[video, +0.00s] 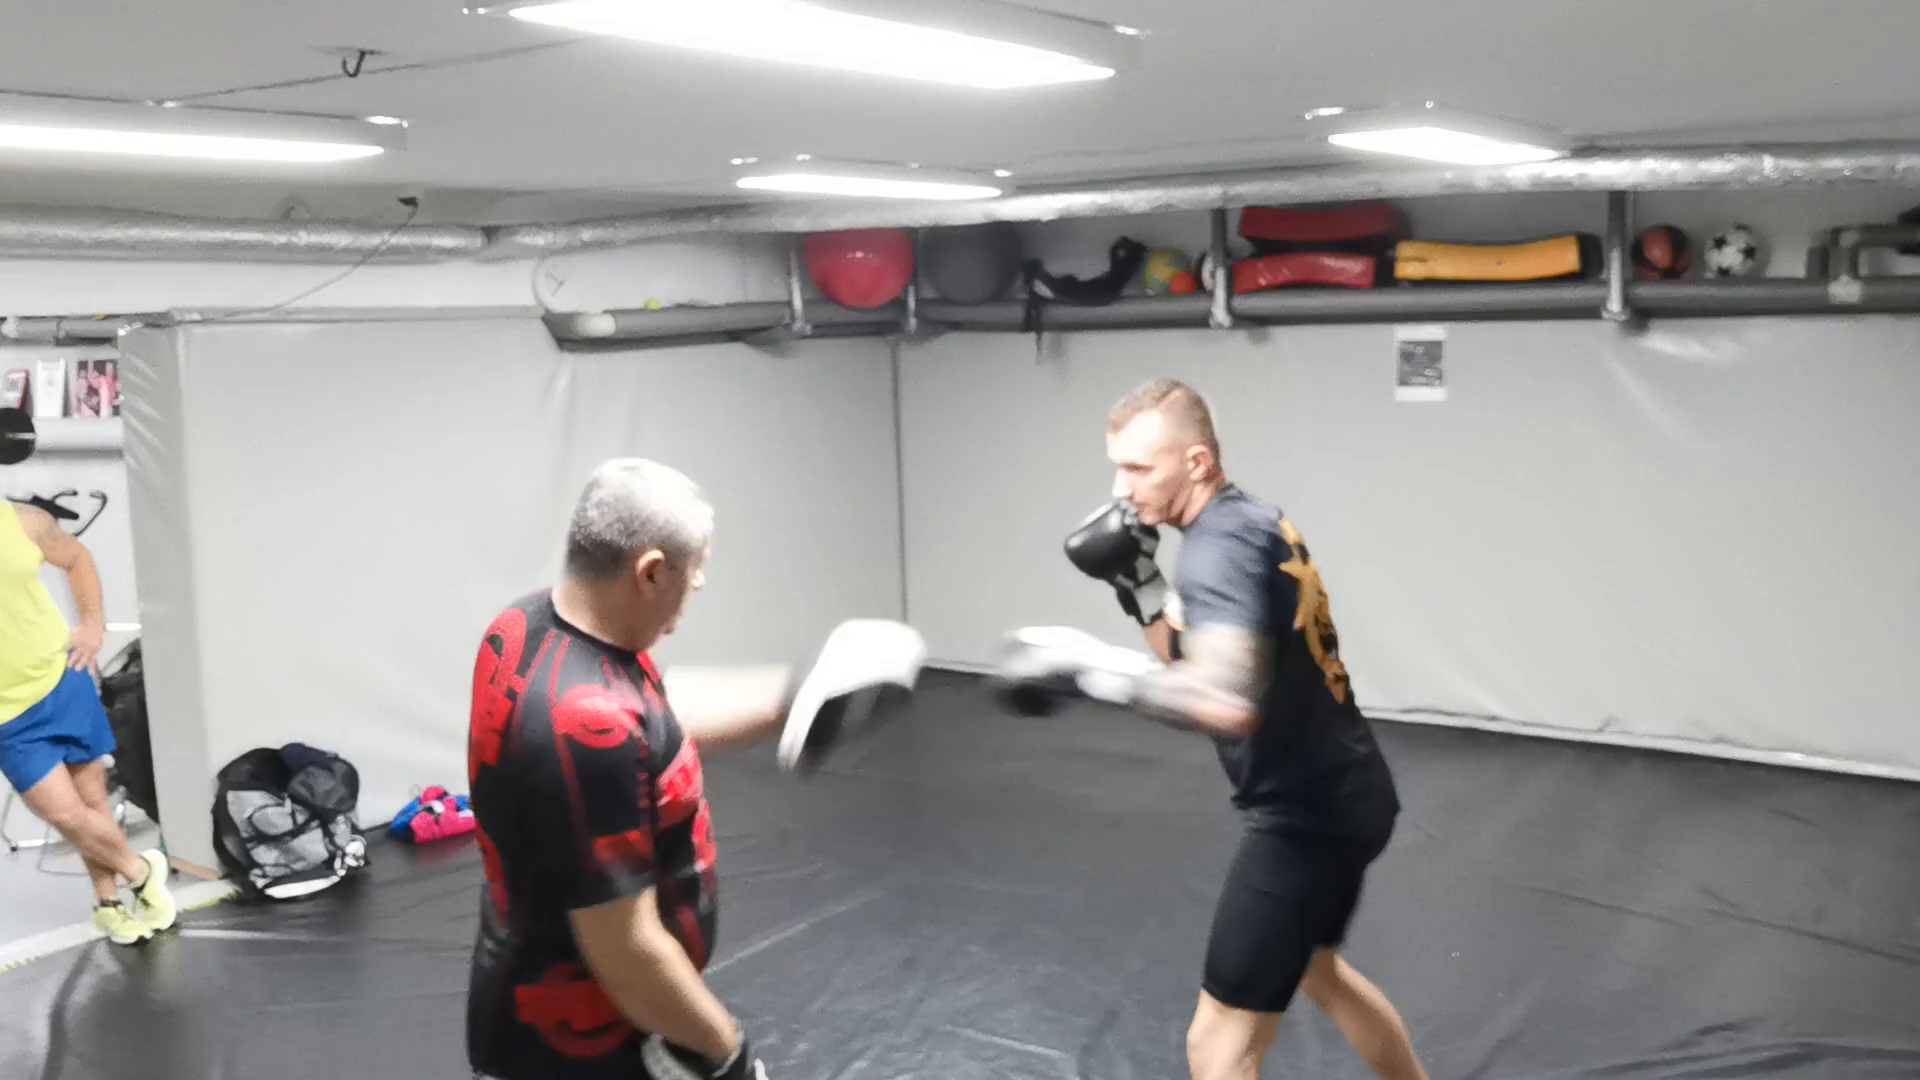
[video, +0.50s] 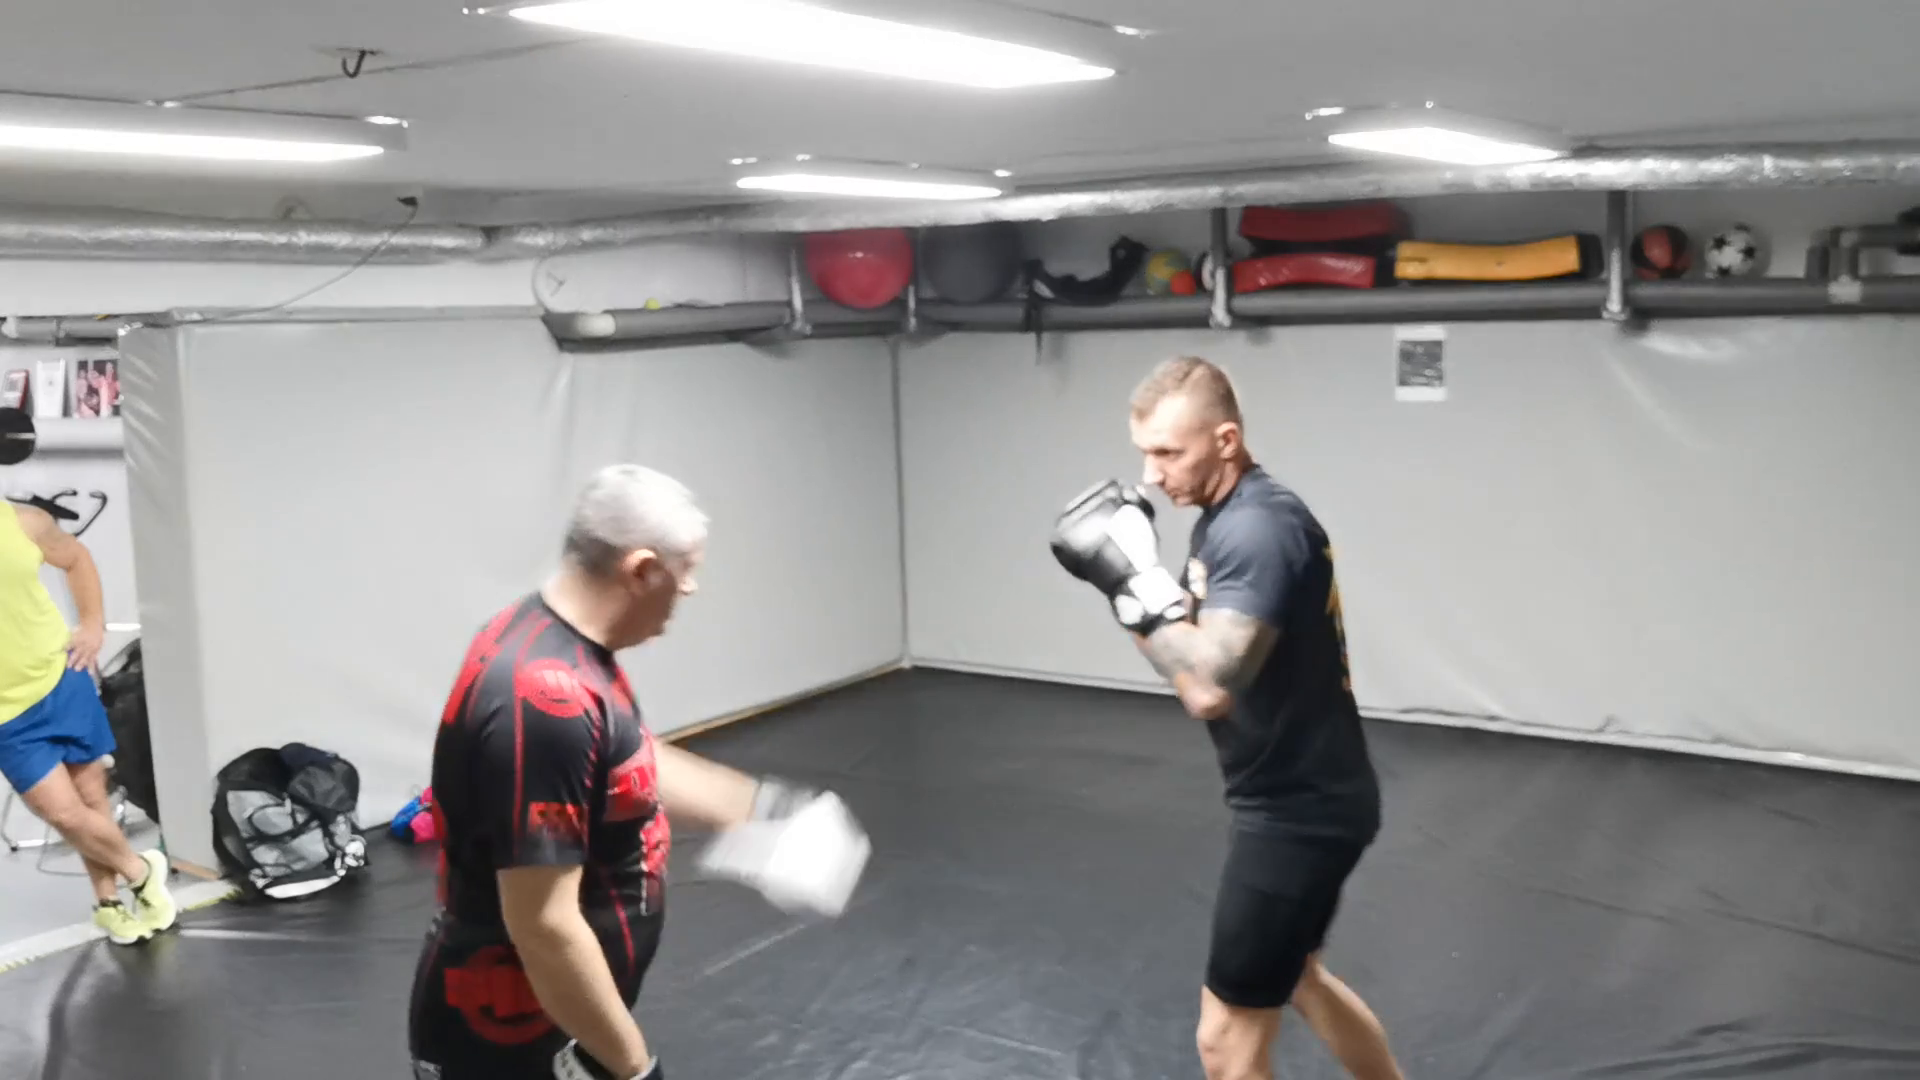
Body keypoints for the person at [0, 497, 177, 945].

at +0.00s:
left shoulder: (21, 522)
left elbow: (76, 557)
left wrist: (92, 622)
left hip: (62, 682)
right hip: (8, 715)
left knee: (92, 798)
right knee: (66, 817)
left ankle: (108, 902)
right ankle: (142, 872)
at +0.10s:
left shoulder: (21, 522)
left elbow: (77, 557)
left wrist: (92, 622)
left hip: (62, 682)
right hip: (8, 715)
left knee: (91, 798)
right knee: (65, 817)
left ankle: (108, 902)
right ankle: (141, 872)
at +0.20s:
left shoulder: (20, 522)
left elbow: (77, 557)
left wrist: (92, 622)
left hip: (62, 682)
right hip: (8, 714)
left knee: (91, 797)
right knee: (65, 816)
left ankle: (107, 901)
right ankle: (141, 872)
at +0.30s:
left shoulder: (20, 522)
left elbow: (77, 557)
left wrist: (92, 622)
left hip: (62, 682)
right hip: (8, 715)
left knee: (91, 798)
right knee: (66, 817)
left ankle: (107, 901)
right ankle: (141, 872)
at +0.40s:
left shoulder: (21, 523)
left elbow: (77, 557)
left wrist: (92, 623)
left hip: (62, 682)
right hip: (8, 714)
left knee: (91, 797)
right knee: (64, 816)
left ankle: (107, 901)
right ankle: (141, 872)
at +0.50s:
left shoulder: (21, 522)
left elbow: (77, 558)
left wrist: (92, 623)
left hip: (61, 681)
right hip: (7, 714)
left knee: (91, 796)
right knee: (64, 816)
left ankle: (107, 901)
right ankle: (141, 872)